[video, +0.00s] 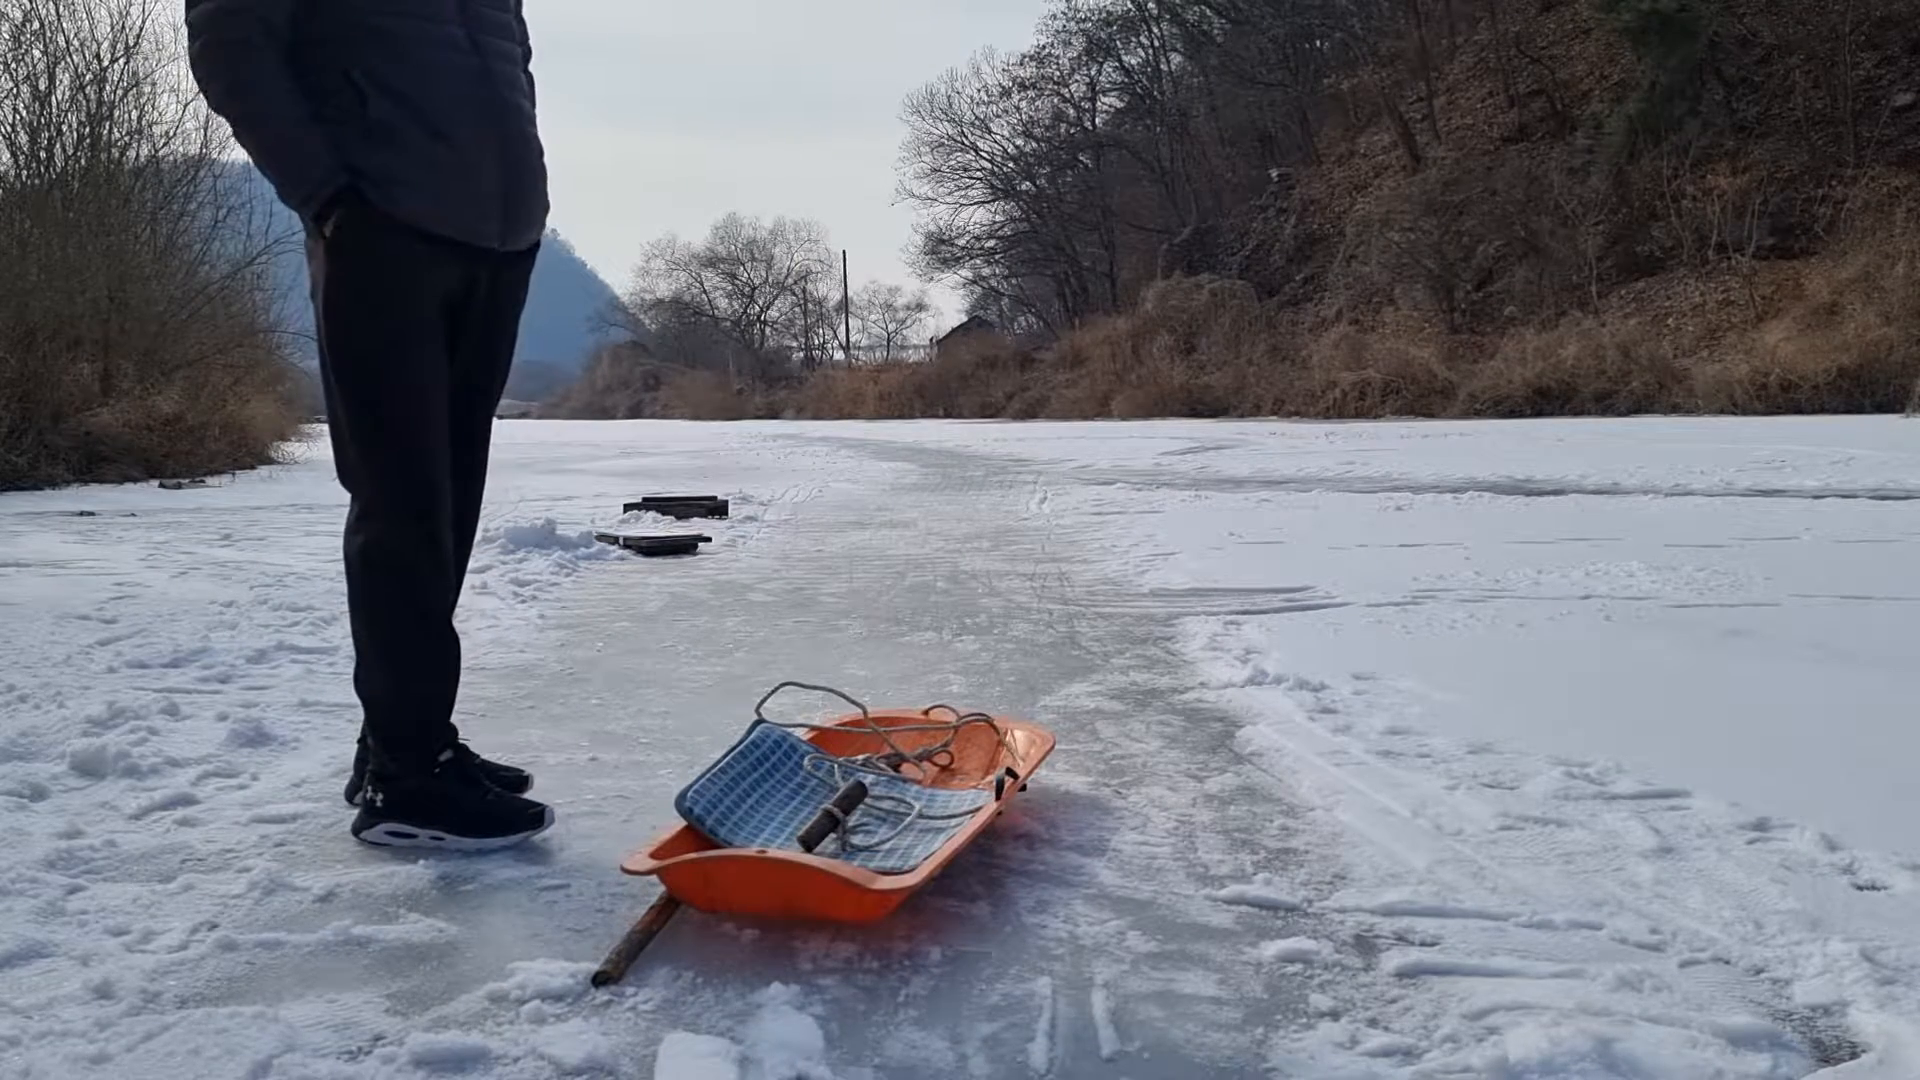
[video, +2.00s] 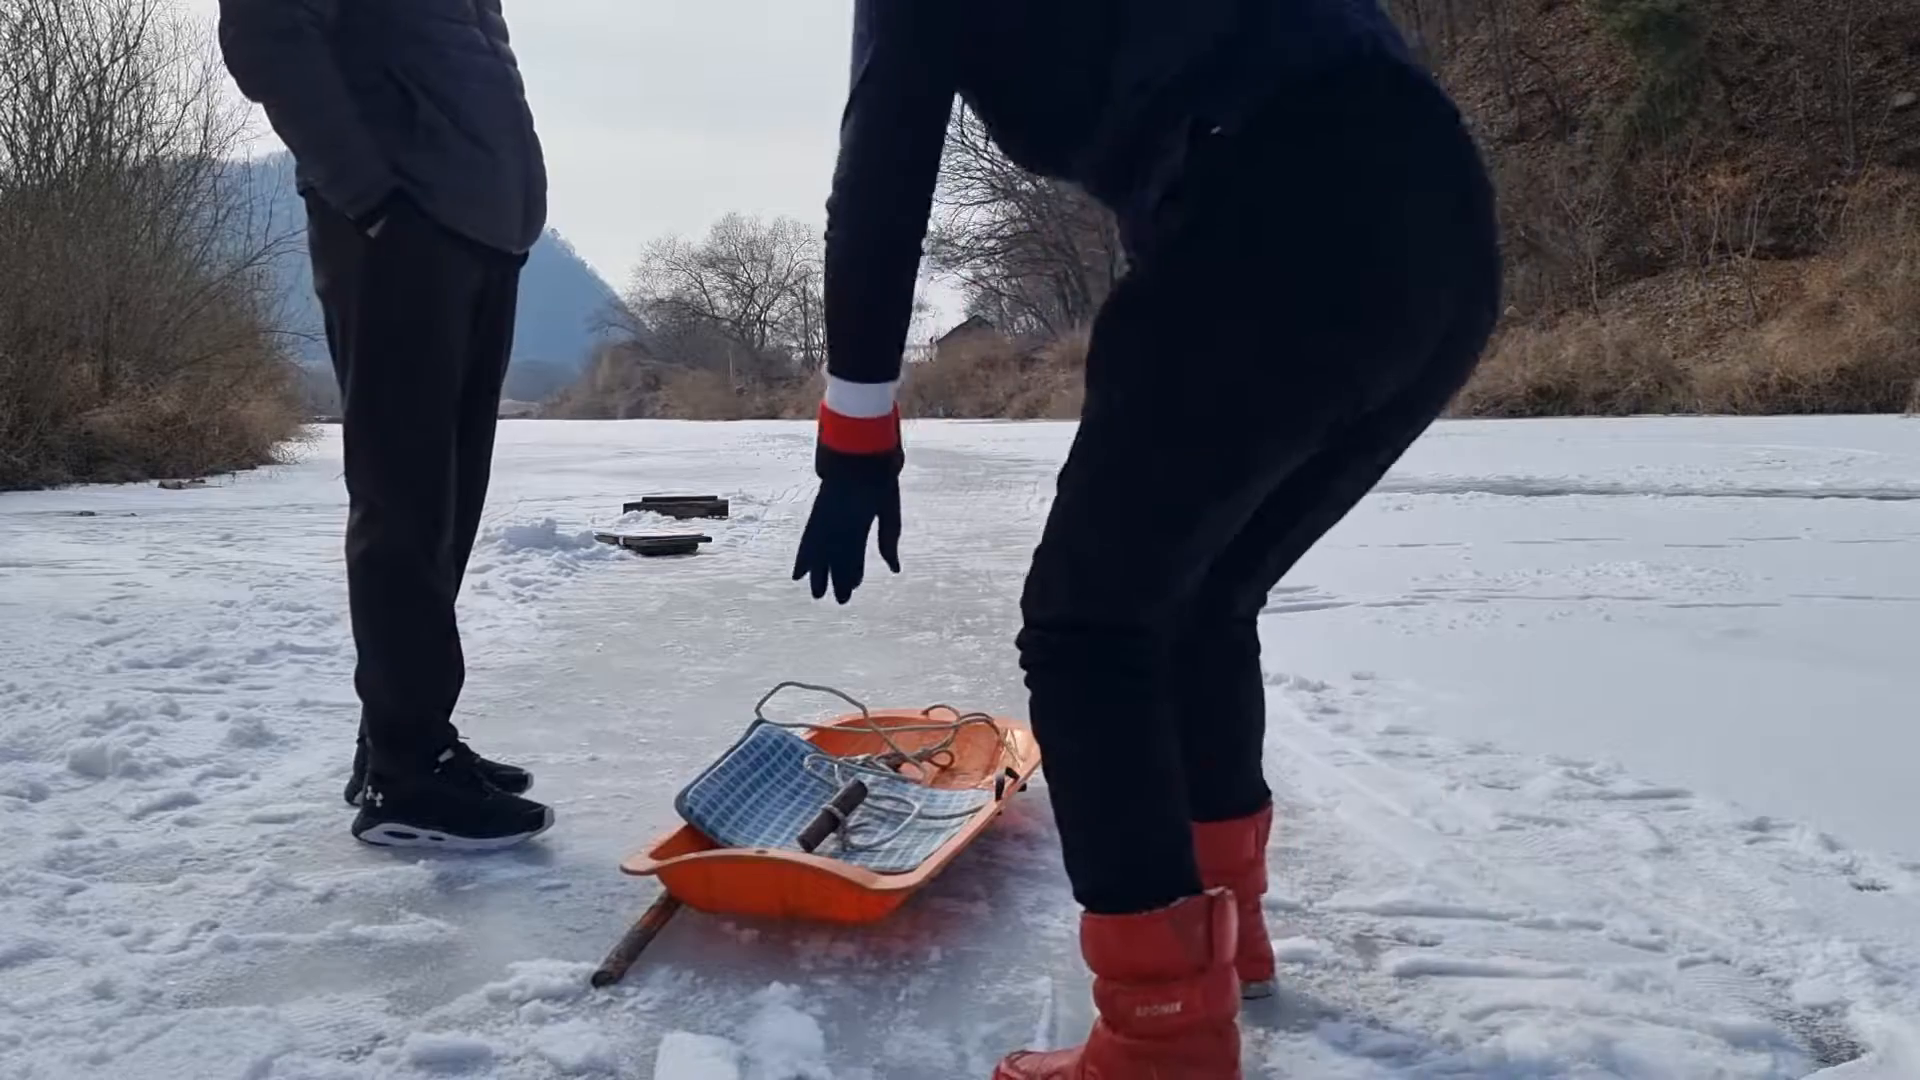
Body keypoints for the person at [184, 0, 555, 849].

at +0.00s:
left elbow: (510, 40)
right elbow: (226, 36)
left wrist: (518, 175)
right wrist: (326, 195)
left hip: (501, 222)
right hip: (380, 214)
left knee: (450, 500)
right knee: (401, 500)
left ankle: (410, 748)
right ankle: (405, 771)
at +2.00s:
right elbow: (261, 30)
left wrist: (506, 182)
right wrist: (368, 190)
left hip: (480, 221)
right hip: (397, 214)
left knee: (446, 500)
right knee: (403, 499)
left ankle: (415, 747)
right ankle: (403, 774)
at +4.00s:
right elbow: (275, 31)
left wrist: (515, 199)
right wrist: (388, 196)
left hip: (486, 229)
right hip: (410, 221)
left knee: (447, 498)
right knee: (406, 498)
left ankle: (413, 749)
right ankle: (401, 771)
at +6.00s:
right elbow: (275, 34)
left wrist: (510, 205)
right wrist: (397, 201)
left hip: (486, 236)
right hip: (414, 225)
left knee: (449, 504)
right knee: (408, 502)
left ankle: (417, 749)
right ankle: (400, 772)